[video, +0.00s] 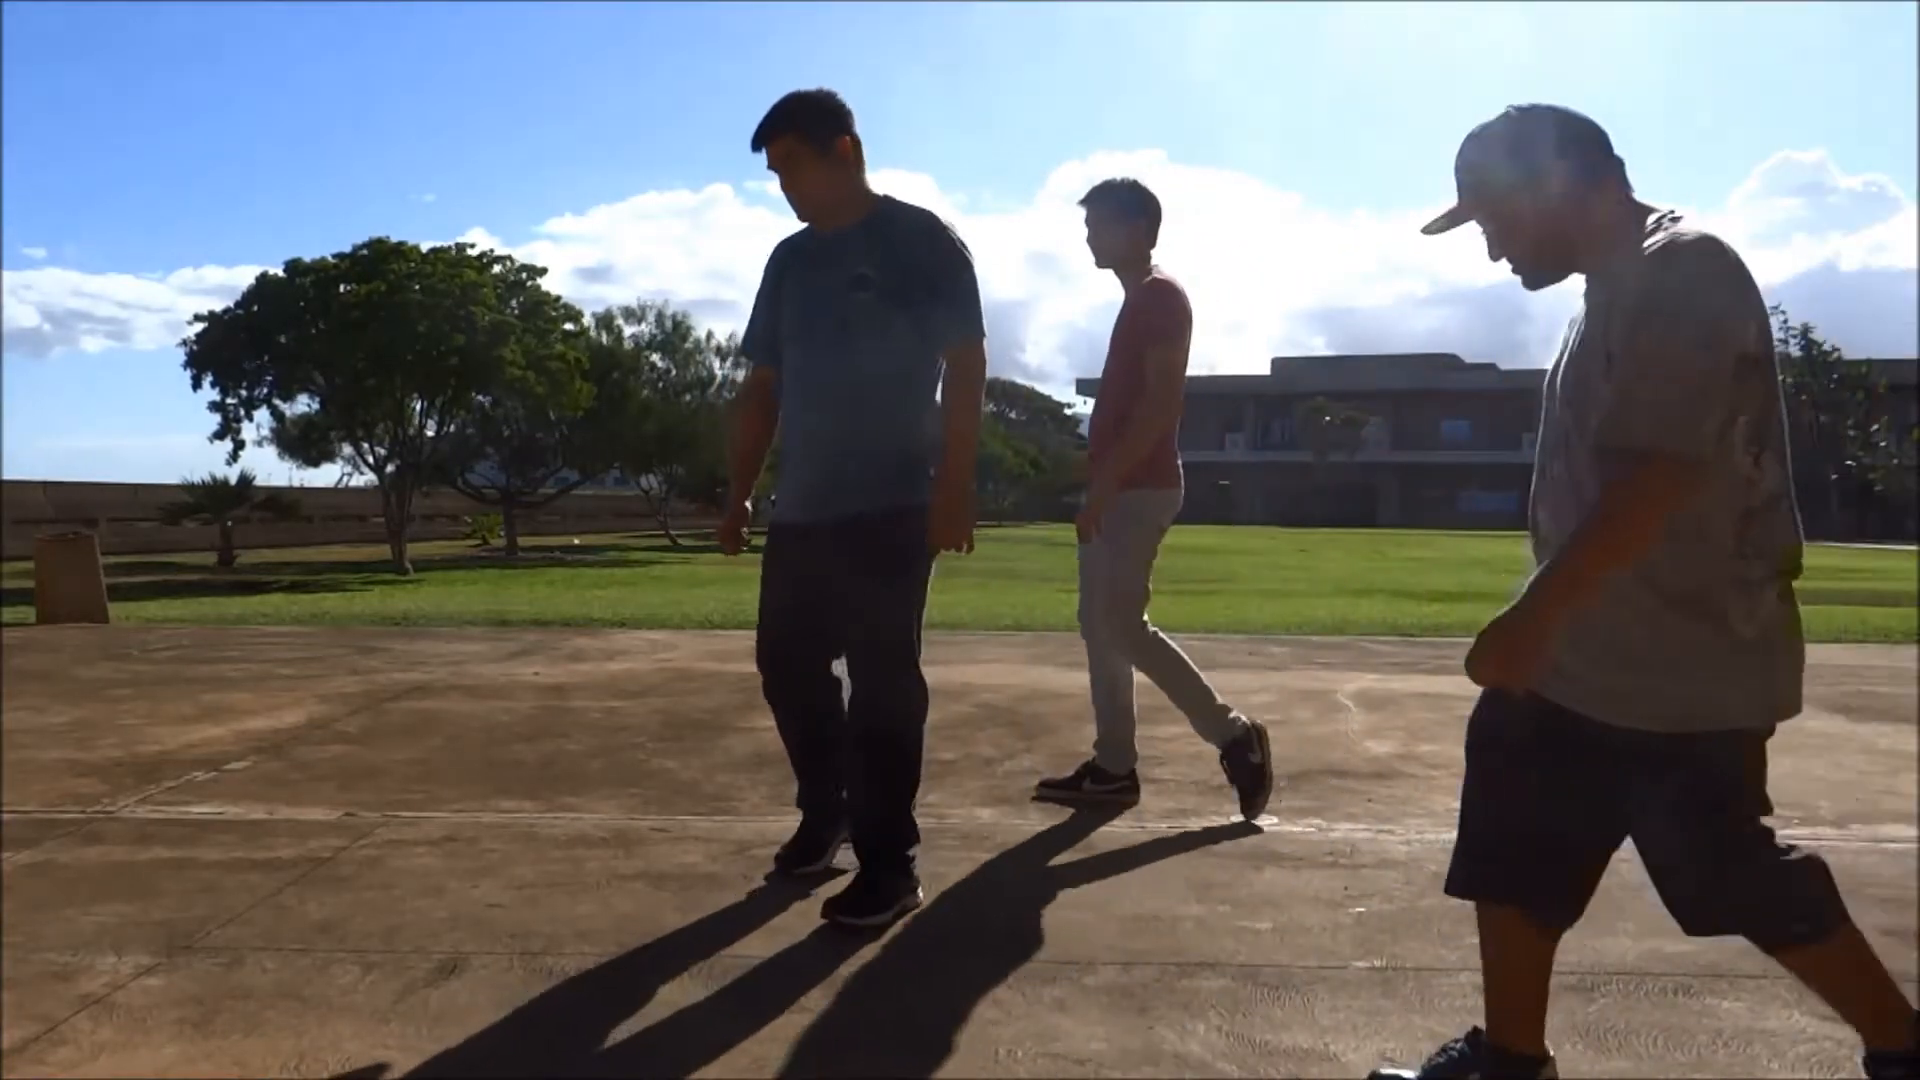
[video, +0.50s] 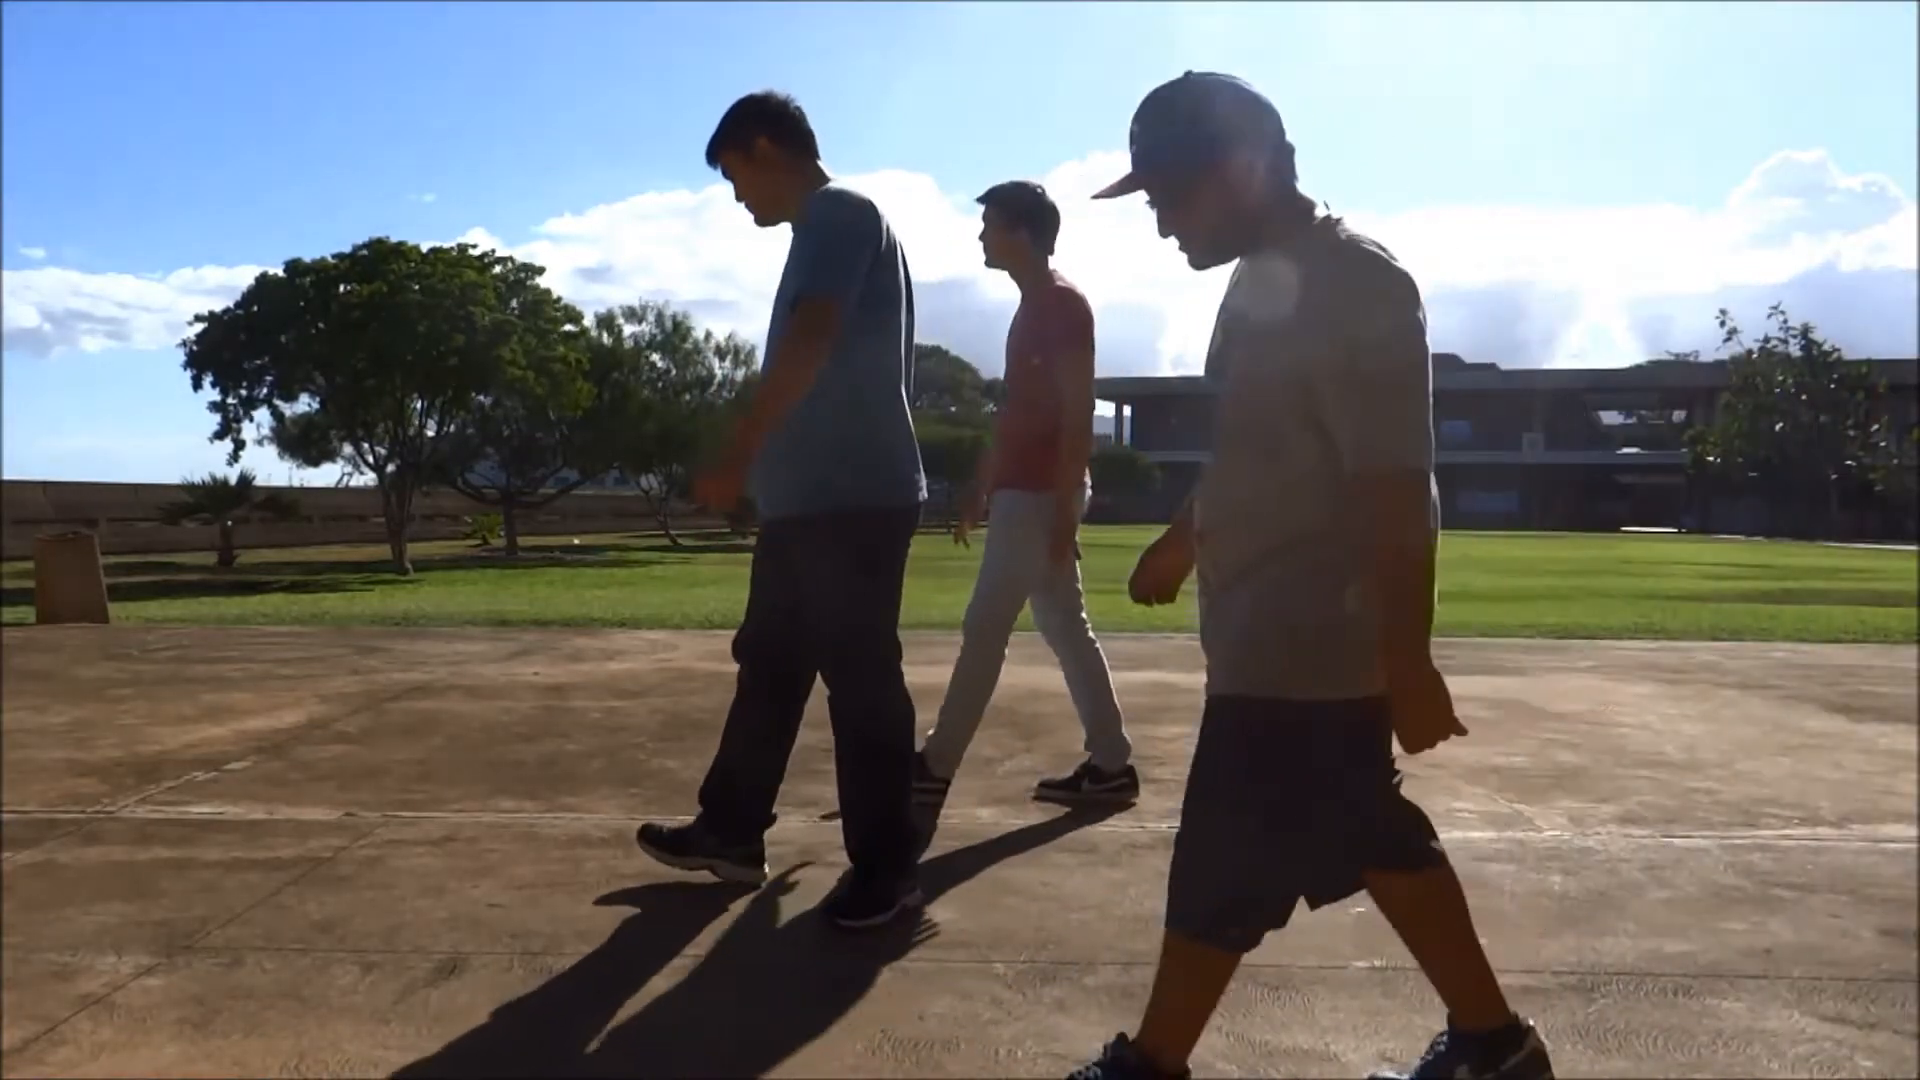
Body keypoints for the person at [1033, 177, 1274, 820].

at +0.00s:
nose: (1088, 236)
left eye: (1096, 225)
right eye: (1087, 226)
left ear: (1136, 227)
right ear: (1124, 231)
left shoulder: (1160, 298)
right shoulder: (1140, 301)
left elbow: (1159, 408)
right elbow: (1138, 405)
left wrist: (1105, 485)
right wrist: (1099, 485)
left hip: (1141, 491)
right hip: (1118, 490)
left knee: (1119, 625)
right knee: (1098, 624)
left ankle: (1237, 738)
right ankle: (1113, 768)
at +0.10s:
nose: (1066, 236)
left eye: (1074, 224)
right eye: (1066, 225)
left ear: (1112, 227)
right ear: (1104, 231)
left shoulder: (1139, 298)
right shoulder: (1122, 298)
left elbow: (1138, 409)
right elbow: (1121, 405)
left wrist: (1096, 487)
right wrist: (1085, 484)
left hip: (1117, 487)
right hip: (1101, 485)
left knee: (1075, 620)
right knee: (1095, 623)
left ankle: (1175, 738)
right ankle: (1112, 767)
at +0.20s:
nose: (1048, 232)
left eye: (1058, 220)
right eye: (1049, 221)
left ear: (1095, 225)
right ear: (1079, 230)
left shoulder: (1121, 298)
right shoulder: (1099, 300)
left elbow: (1124, 409)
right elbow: (1098, 407)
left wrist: (1085, 499)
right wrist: (1069, 493)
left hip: (1094, 484)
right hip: (1083, 483)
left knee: (1041, 611)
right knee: (1092, 620)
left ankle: (1106, 753)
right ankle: (1109, 758)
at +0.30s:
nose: (1026, 234)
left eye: (1035, 223)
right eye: (1028, 223)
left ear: (1074, 227)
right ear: (1067, 230)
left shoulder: (1104, 300)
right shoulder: (1077, 302)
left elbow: (1109, 413)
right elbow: (1079, 408)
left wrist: (1079, 509)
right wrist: (1055, 492)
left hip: (1077, 483)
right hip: (1067, 479)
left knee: (1013, 609)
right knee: (1086, 624)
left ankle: (1029, 761)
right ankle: (1113, 765)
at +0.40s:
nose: (1004, 234)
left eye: (1014, 223)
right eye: (1007, 223)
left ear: (1049, 230)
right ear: (1044, 232)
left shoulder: (1085, 304)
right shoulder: (1052, 307)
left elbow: (1094, 409)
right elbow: (1038, 412)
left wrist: (1075, 504)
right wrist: (1010, 484)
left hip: (1061, 487)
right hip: (1047, 485)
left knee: (1002, 618)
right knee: (1077, 627)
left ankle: (965, 763)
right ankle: (1112, 765)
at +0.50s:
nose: (981, 237)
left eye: (990, 225)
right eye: (984, 225)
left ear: (1023, 233)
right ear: (1023, 235)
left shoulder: (1062, 305)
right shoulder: (1033, 307)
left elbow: (1077, 416)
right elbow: (1018, 413)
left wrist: (1065, 515)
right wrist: (984, 484)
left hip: (1037, 494)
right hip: (1026, 492)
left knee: (984, 629)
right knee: (1067, 630)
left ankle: (933, 767)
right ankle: (1110, 764)